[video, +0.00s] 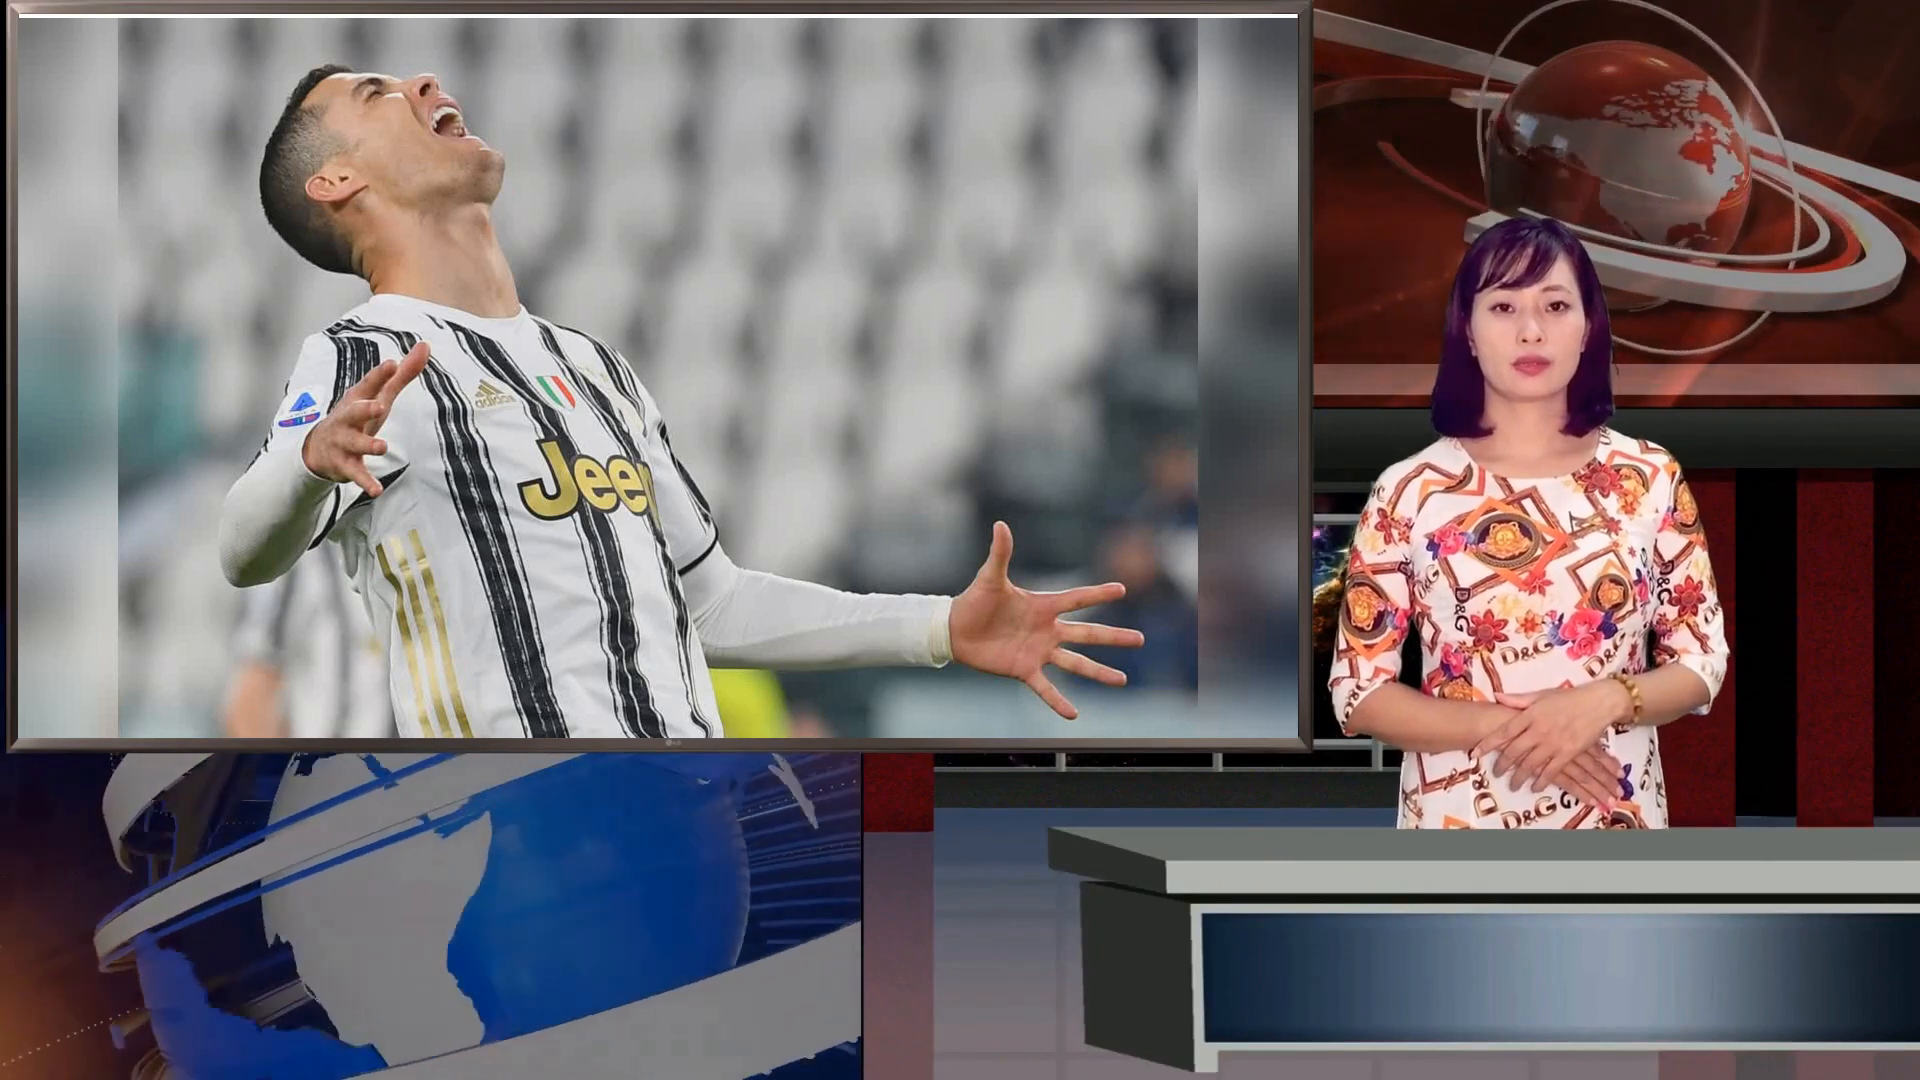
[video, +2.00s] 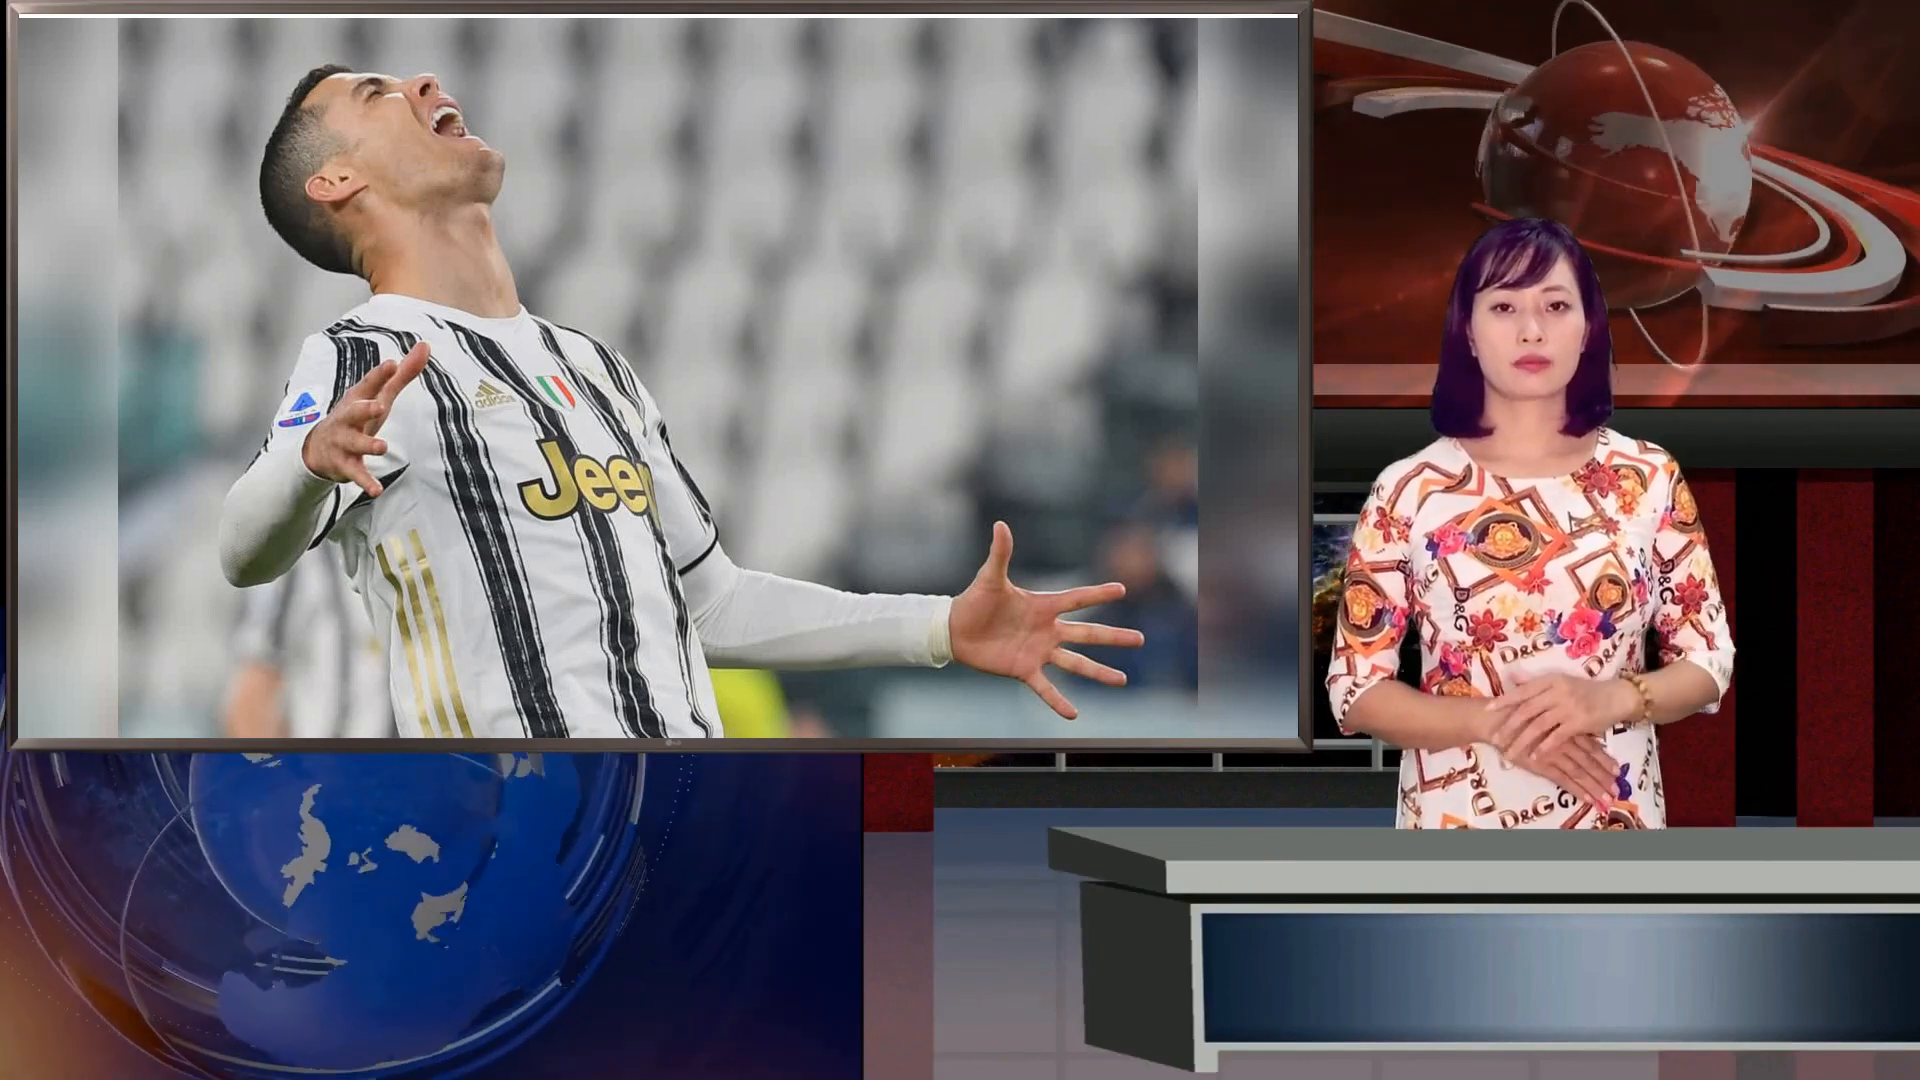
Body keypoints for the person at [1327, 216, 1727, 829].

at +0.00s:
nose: (1531, 330)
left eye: (1555, 306)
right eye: (1503, 307)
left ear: (1589, 326)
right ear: (1466, 328)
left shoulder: (1648, 478)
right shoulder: (1407, 492)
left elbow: (1702, 661)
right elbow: (1357, 691)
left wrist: (1604, 701)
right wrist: (1516, 731)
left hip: (1615, 830)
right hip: (1458, 830)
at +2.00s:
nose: (1531, 329)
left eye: (1556, 306)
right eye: (1503, 308)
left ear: (1588, 326)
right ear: (1467, 329)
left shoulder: (1647, 479)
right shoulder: (1407, 491)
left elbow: (1707, 660)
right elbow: (1355, 689)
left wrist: (1608, 700)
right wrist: (1492, 722)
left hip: (1613, 830)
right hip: (1457, 829)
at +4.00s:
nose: (1533, 331)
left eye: (1558, 307)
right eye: (1505, 309)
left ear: (1591, 326)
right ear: (1467, 329)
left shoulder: (1650, 479)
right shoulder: (1409, 492)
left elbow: (1704, 661)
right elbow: (1356, 689)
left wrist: (1622, 701)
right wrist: (1490, 724)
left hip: (1616, 831)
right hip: (1460, 830)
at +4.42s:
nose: (1533, 331)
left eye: (1558, 307)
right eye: (1505, 310)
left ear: (1591, 326)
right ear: (1469, 329)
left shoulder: (1651, 478)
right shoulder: (1409, 492)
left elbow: (1709, 658)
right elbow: (1357, 688)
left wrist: (1607, 712)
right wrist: (1502, 728)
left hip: (1615, 830)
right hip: (1458, 829)